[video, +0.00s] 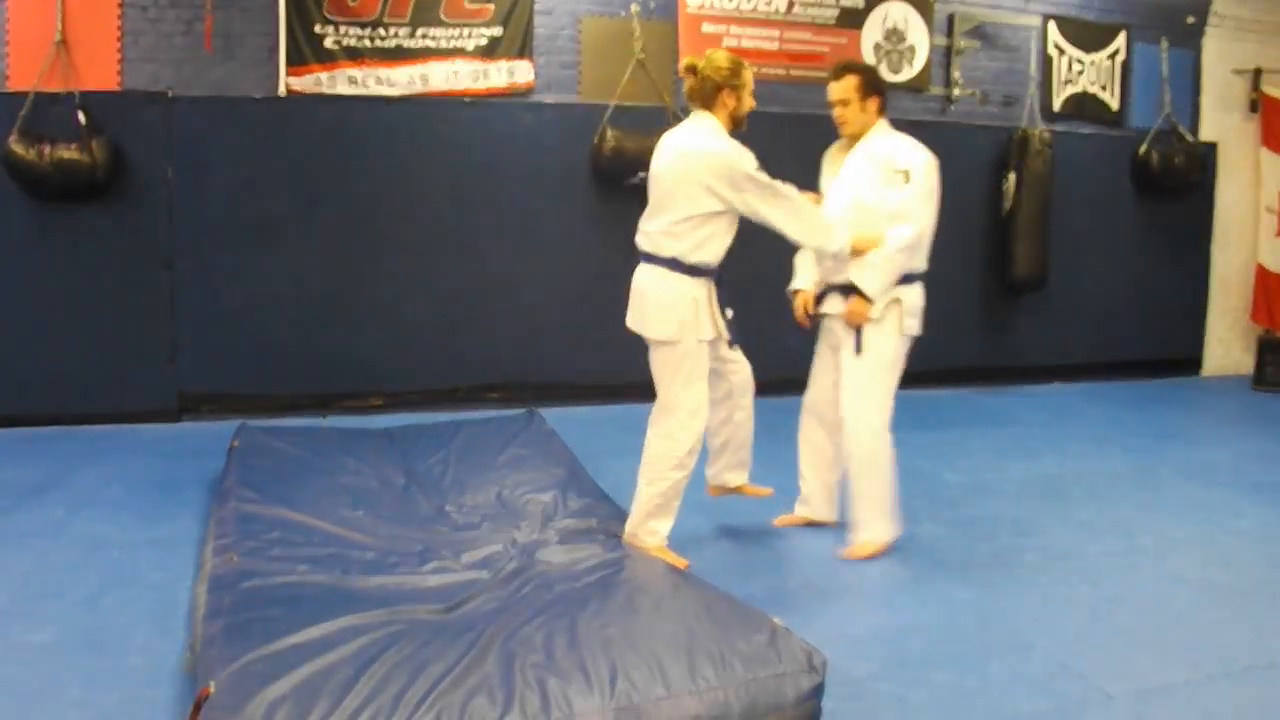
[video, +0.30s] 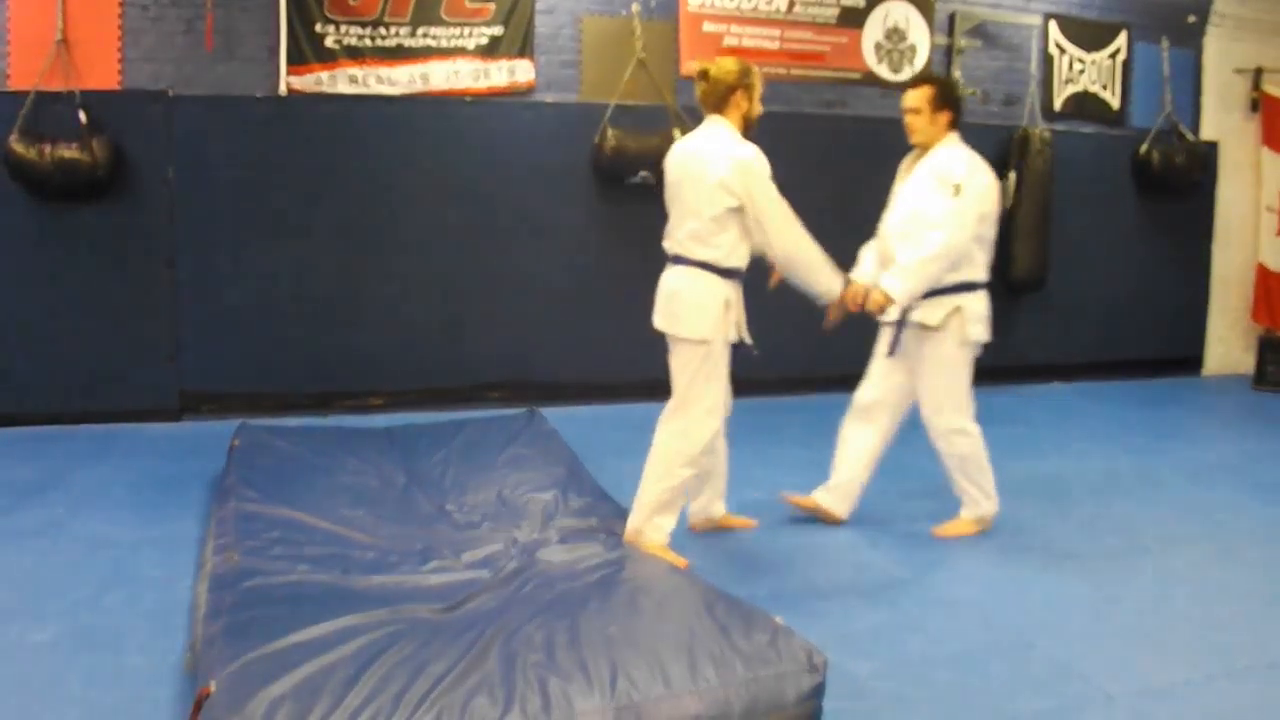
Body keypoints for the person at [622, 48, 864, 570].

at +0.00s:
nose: (753, 99)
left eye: (751, 91)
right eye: (749, 91)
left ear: (711, 95)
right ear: (727, 96)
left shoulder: (678, 138)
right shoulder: (719, 153)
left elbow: (744, 190)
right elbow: (776, 208)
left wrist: (796, 200)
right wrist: (845, 240)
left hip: (670, 283)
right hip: (678, 293)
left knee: (732, 377)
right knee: (682, 413)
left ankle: (726, 476)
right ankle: (645, 533)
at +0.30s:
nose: (758, 106)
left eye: (756, 97)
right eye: (755, 98)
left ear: (712, 99)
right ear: (740, 100)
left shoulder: (680, 150)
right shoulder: (742, 158)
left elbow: (718, 214)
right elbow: (783, 234)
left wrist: (768, 250)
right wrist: (836, 289)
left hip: (678, 284)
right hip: (707, 292)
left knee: (712, 403)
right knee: (693, 412)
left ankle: (707, 509)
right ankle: (646, 530)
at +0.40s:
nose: (772, 109)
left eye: (770, 100)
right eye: (769, 100)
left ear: (726, 105)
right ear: (750, 104)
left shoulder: (696, 155)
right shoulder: (750, 160)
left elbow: (694, 232)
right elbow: (769, 246)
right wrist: (790, 320)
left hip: (688, 282)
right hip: (720, 291)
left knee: (717, 407)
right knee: (719, 413)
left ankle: (707, 507)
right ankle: (651, 523)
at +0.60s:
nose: (796, 110)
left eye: (794, 101)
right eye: (791, 101)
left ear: (751, 104)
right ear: (773, 104)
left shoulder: (728, 148)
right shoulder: (767, 155)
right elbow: (750, 235)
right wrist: (728, 304)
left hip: (706, 277)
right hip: (737, 285)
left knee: (721, 406)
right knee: (775, 406)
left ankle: (709, 510)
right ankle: (727, 518)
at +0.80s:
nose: (809, 108)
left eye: (807, 100)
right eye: (804, 100)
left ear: (763, 104)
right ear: (787, 104)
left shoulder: (738, 151)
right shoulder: (787, 159)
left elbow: (723, 232)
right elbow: (778, 245)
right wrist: (770, 324)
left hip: (718, 285)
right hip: (754, 293)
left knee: (728, 409)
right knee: (779, 421)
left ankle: (710, 502)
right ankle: (759, 543)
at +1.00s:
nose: (811, 98)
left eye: (809, 89)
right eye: (807, 90)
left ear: (759, 94)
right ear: (792, 95)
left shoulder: (733, 148)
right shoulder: (797, 153)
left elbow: (734, 223)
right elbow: (817, 240)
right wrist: (842, 312)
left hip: (723, 280)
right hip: (765, 290)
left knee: (737, 403)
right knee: (779, 417)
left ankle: (721, 496)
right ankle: (758, 543)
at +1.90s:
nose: (799, 100)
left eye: (795, 91)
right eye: (794, 92)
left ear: (752, 96)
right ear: (778, 95)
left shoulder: (731, 149)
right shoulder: (779, 154)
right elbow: (800, 241)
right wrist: (876, 254)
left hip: (733, 283)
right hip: (767, 291)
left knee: (734, 404)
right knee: (782, 416)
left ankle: (720, 506)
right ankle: (756, 541)